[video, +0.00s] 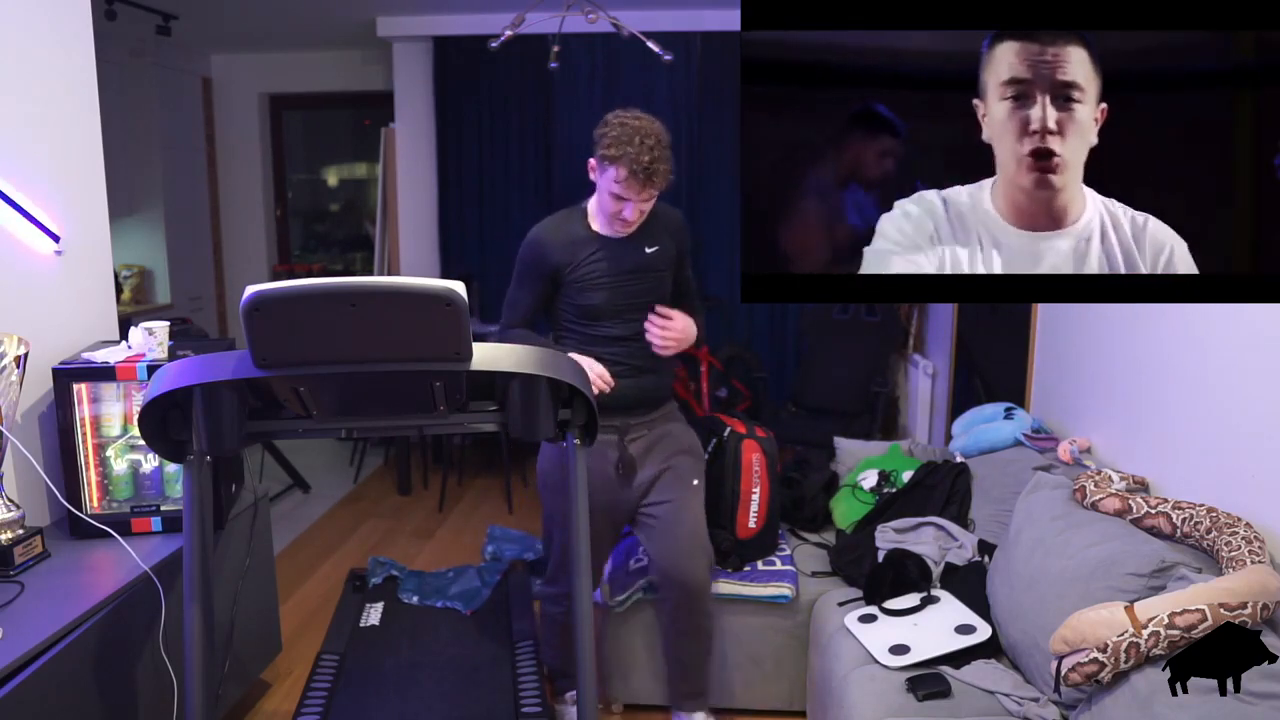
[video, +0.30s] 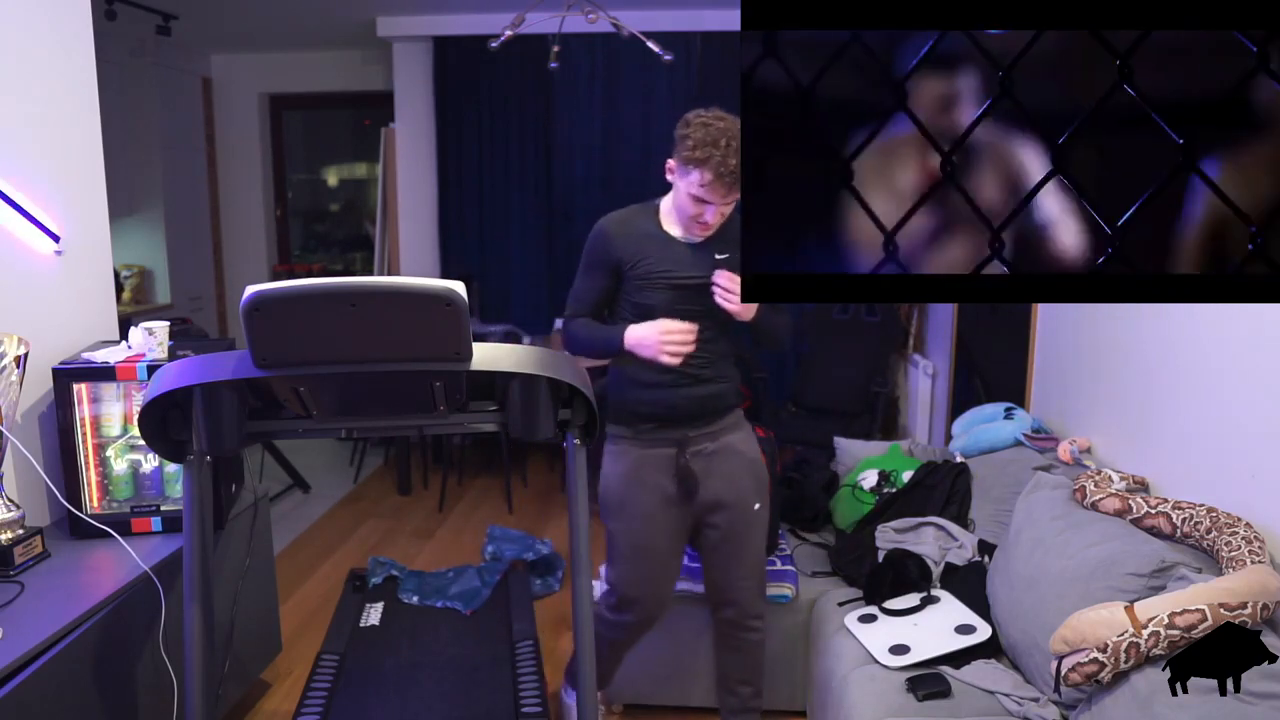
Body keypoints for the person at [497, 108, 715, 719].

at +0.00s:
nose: (631, 214)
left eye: (645, 202)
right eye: (619, 199)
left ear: (660, 184)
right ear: (594, 173)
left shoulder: (670, 229)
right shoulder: (550, 241)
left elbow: (690, 314)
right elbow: (511, 332)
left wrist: (691, 332)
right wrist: (562, 359)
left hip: (662, 430)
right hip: (579, 437)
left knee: (687, 574)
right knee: (569, 584)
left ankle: (690, 709)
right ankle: (567, 700)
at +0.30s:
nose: (710, 216)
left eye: (723, 204)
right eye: (700, 200)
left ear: (740, 188)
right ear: (672, 173)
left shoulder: (741, 236)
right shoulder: (618, 235)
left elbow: (782, 334)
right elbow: (574, 330)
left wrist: (752, 312)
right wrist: (629, 338)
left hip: (727, 441)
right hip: (639, 447)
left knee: (741, 607)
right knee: (636, 598)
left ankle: (743, 716)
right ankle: (576, 693)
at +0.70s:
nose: (745, 190)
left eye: (755, 178)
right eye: (739, 176)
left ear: (776, 173)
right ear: (721, 163)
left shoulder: (795, 229)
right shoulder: (670, 229)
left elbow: (845, 339)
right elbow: (635, 338)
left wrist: (812, 303)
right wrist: (713, 302)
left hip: (770, 451)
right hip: (680, 453)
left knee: (764, 617)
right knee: (690, 624)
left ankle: (749, 713)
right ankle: (686, 715)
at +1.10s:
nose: (748, 185)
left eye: (756, 173)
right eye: (739, 171)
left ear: (773, 179)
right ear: (708, 176)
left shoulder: (789, 225)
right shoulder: (664, 230)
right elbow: (663, 329)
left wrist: (787, 196)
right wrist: (727, 227)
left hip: (788, 476)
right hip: (691, 480)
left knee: (782, 668)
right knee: (700, 670)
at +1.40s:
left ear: (804, 137)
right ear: (740, 134)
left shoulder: (806, 207)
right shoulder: (681, 207)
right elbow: (621, 225)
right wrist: (724, 125)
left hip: (800, 493)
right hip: (693, 500)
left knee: (798, 703)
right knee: (697, 699)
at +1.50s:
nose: (774, 133)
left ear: (810, 132)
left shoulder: (820, 210)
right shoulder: (681, 212)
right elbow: (617, 164)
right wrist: (728, 114)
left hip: (803, 504)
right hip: (693, 508)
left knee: (792, 704)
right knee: (697, 702)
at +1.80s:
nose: (759, 152)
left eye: (780, 138)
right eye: (751, 139)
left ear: (820, 163)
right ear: (734, 152)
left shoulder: (845, 246)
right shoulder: (702, 223)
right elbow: (691, 89)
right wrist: (789, 93)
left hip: (828, 532)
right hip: (707, 532)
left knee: (814, 711)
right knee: (716, 709)